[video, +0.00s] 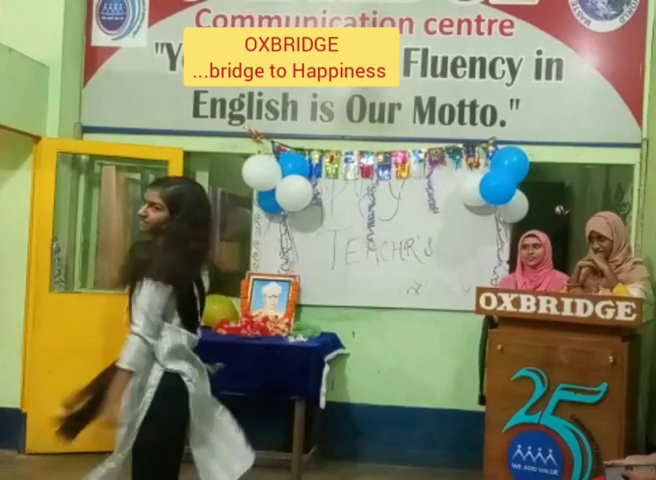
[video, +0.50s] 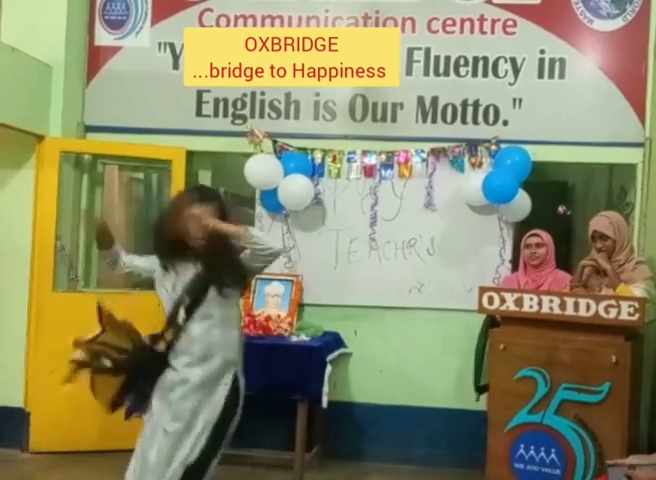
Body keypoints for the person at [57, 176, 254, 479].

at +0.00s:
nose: (142, 212)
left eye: (154, 207)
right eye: (145, 204)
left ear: (178, 216)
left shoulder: (163, 263)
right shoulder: (191, 262)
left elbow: (141, 336)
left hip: (164, 386)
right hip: (183, 383)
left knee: (150, 470)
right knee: (161, 468)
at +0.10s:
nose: (145, 213)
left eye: (157, 208)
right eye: (145, 204)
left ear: (181, 217)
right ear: (142, 203)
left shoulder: (174, 258)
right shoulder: (164, 255)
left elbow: (167, 337)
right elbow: (164, 335)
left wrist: (147, 404)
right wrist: (147, 400)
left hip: (167, 386)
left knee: (156, 471)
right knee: (151, 470)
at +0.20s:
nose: (150, 214)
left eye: (163, 208)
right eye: (148, 205)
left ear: (185, 216)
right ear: (141, 206)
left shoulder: (192, 263)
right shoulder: (150, 258)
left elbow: (207, 330)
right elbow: (154, 325)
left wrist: (169, 385)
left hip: (177, 389)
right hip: (145, 382)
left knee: (159, 471)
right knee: (135, 466)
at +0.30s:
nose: (162, 214)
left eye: (173, 208)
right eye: (156, 205)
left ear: (193, 215)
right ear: (148, 206)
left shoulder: (206, 259)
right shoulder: (146, 254)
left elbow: (251, 301)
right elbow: (120, 291)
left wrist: (209, 333)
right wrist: (113, 317)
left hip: (189, 382)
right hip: (150, 377)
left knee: (165, 468)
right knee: (143, 462)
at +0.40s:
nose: (179, 216)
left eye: (190, 209)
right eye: (171, 206)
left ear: (205, 214)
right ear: (160, 207)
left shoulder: (218, 260)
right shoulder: (152, 255)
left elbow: (278, 269)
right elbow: (107, 266)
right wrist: (98, 289)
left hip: (204, 378)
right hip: (162, 374)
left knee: (174, 468)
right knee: (139, 459)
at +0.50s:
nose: (203, 227)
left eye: (210, 220)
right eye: (194, 219)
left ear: (221, 225)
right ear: (176, 223)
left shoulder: (232, 268)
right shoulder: (164, 266)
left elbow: (271, 249)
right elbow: (117, 265)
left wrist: (220, 226)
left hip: (220, 384)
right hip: (176, 381)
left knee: (188, 469)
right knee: (149, 464)